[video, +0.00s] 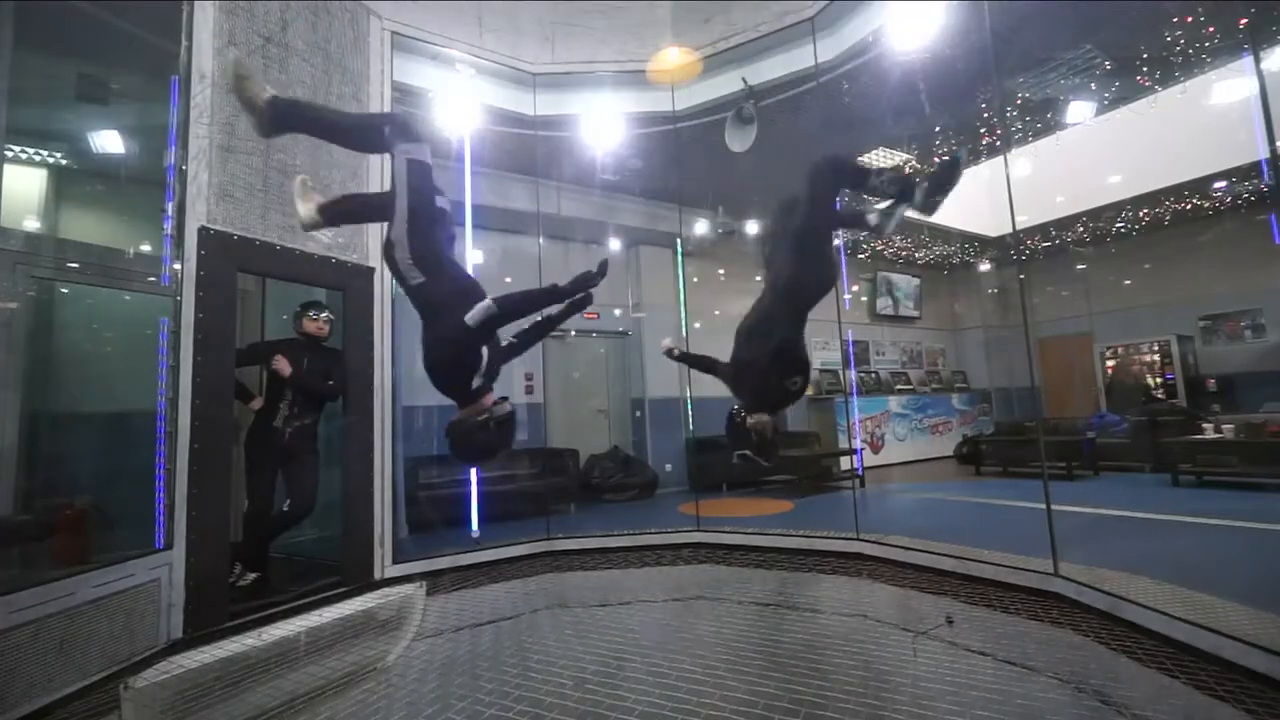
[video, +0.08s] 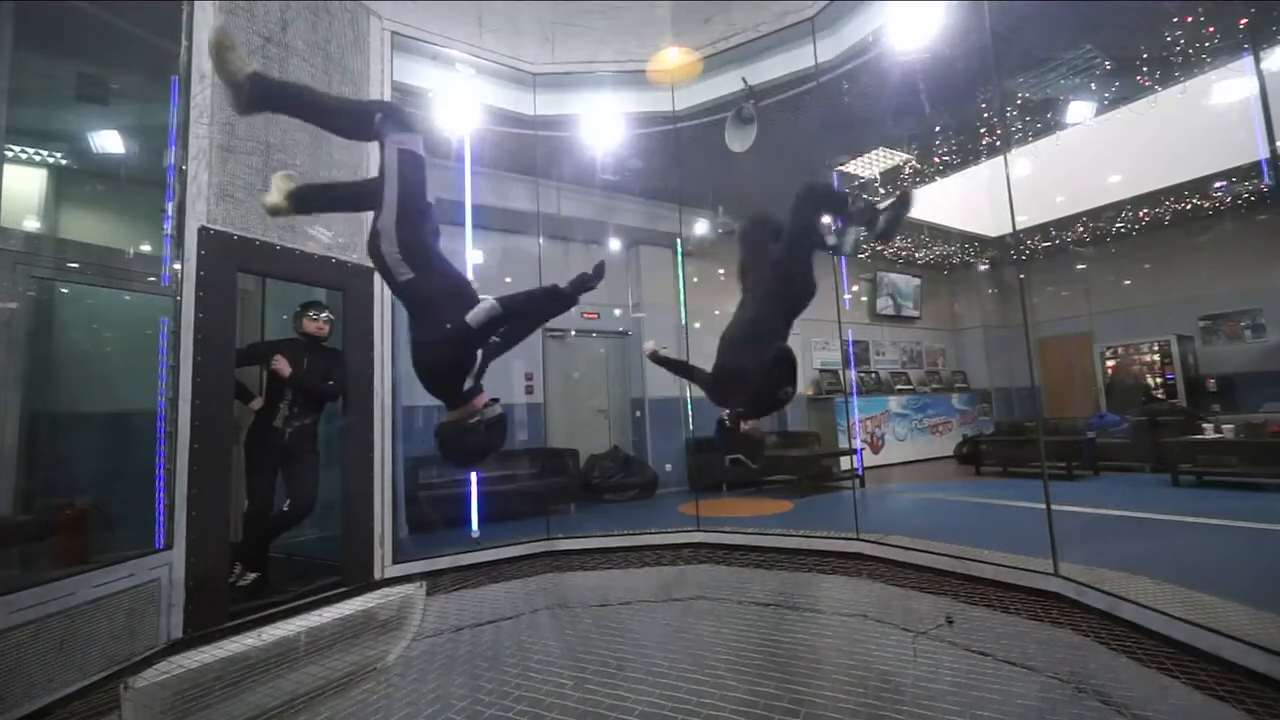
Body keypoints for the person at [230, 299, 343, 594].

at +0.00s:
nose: (320, 324)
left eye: (325, 320)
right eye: (313, 318)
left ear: (331, 326)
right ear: (299, 322)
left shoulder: (334, 357)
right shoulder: (279, 348)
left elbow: (333, 392)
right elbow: (224, 361)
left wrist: (292, 374)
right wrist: (250, 398)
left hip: (302, 440)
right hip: (264, 436)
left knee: (302, 505)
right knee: (260, 505)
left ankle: (242, 552)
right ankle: (255, 569)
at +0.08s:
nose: (320, 324)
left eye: (325, 320)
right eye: (313, 318)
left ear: (331, 325)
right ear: (299, 322)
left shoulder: (334, 357)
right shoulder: (279, 348)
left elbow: (333, 391)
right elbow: (224, 361)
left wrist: (292, 374)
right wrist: (250, 398)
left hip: (302, 441)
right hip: (264, 436)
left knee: (303, 505)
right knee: (260, 504)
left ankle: (242, 553)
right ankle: (254, 570)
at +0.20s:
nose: (320, 324)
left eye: (325, 320)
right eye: (313, 318)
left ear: (331, 326)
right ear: (299, 323)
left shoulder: (335, 358)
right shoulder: (279, 348)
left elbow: (333, 392)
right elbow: (223, 361)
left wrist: (292, 375)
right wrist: (250, 398)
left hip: (302, 441)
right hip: (264, 436)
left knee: (302, 505)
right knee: (260, 504)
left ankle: (242, 552)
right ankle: (254, 570)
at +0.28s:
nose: (320, 324)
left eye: (325, 320)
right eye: (313, 318)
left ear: (330, 326)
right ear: (299, 323)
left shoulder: (334, 357)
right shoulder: (279, 348)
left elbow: (333, 392)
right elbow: (224, 361)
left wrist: (291, 375)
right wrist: (249, 398)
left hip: (302, 441)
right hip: (264, 436)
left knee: (302, 504)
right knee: (260, 504)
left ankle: (242, 553)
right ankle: (254, 570)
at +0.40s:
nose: (319, 324)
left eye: (325, 320)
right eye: (312, 319)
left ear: (330, 326)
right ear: (299, 323)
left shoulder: (334, 358)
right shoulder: (278, 348)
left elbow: (333, 392)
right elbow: (224, 361)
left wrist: (291, 375)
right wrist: (249, 398)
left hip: (302, 441)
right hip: (264, 436)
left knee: (302, 504)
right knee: (260, 504)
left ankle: (242, 553)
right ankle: (254, 569)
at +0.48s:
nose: (319, 324)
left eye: (324, 320)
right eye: (312, 319)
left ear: (330, 326)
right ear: (299, 323)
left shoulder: (334, 358)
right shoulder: (278, 348)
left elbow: (333, 392)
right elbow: (223, 361)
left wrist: (291, 375)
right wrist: (249, 398)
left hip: (302, 441)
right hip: (264, 436)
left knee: (303, 504)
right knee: (260, 504)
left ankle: (241, 553)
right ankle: (254, 569)